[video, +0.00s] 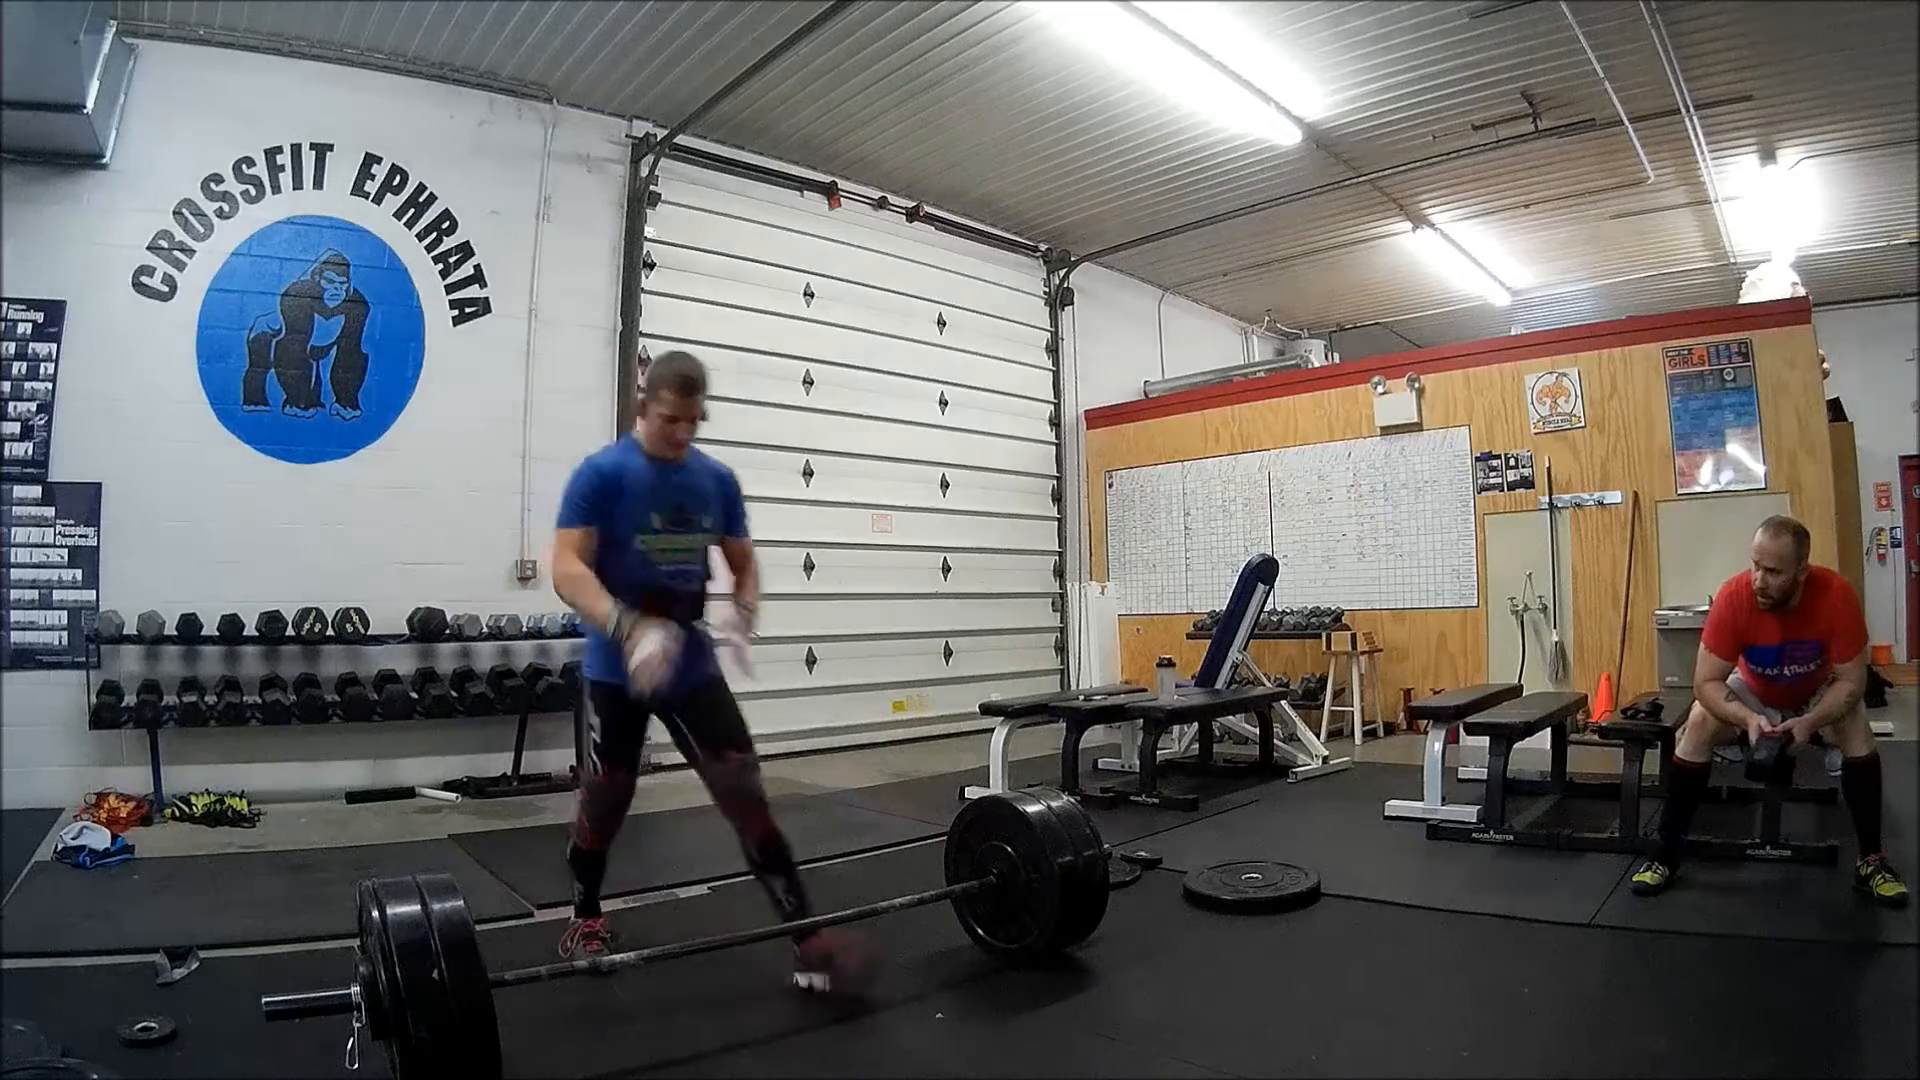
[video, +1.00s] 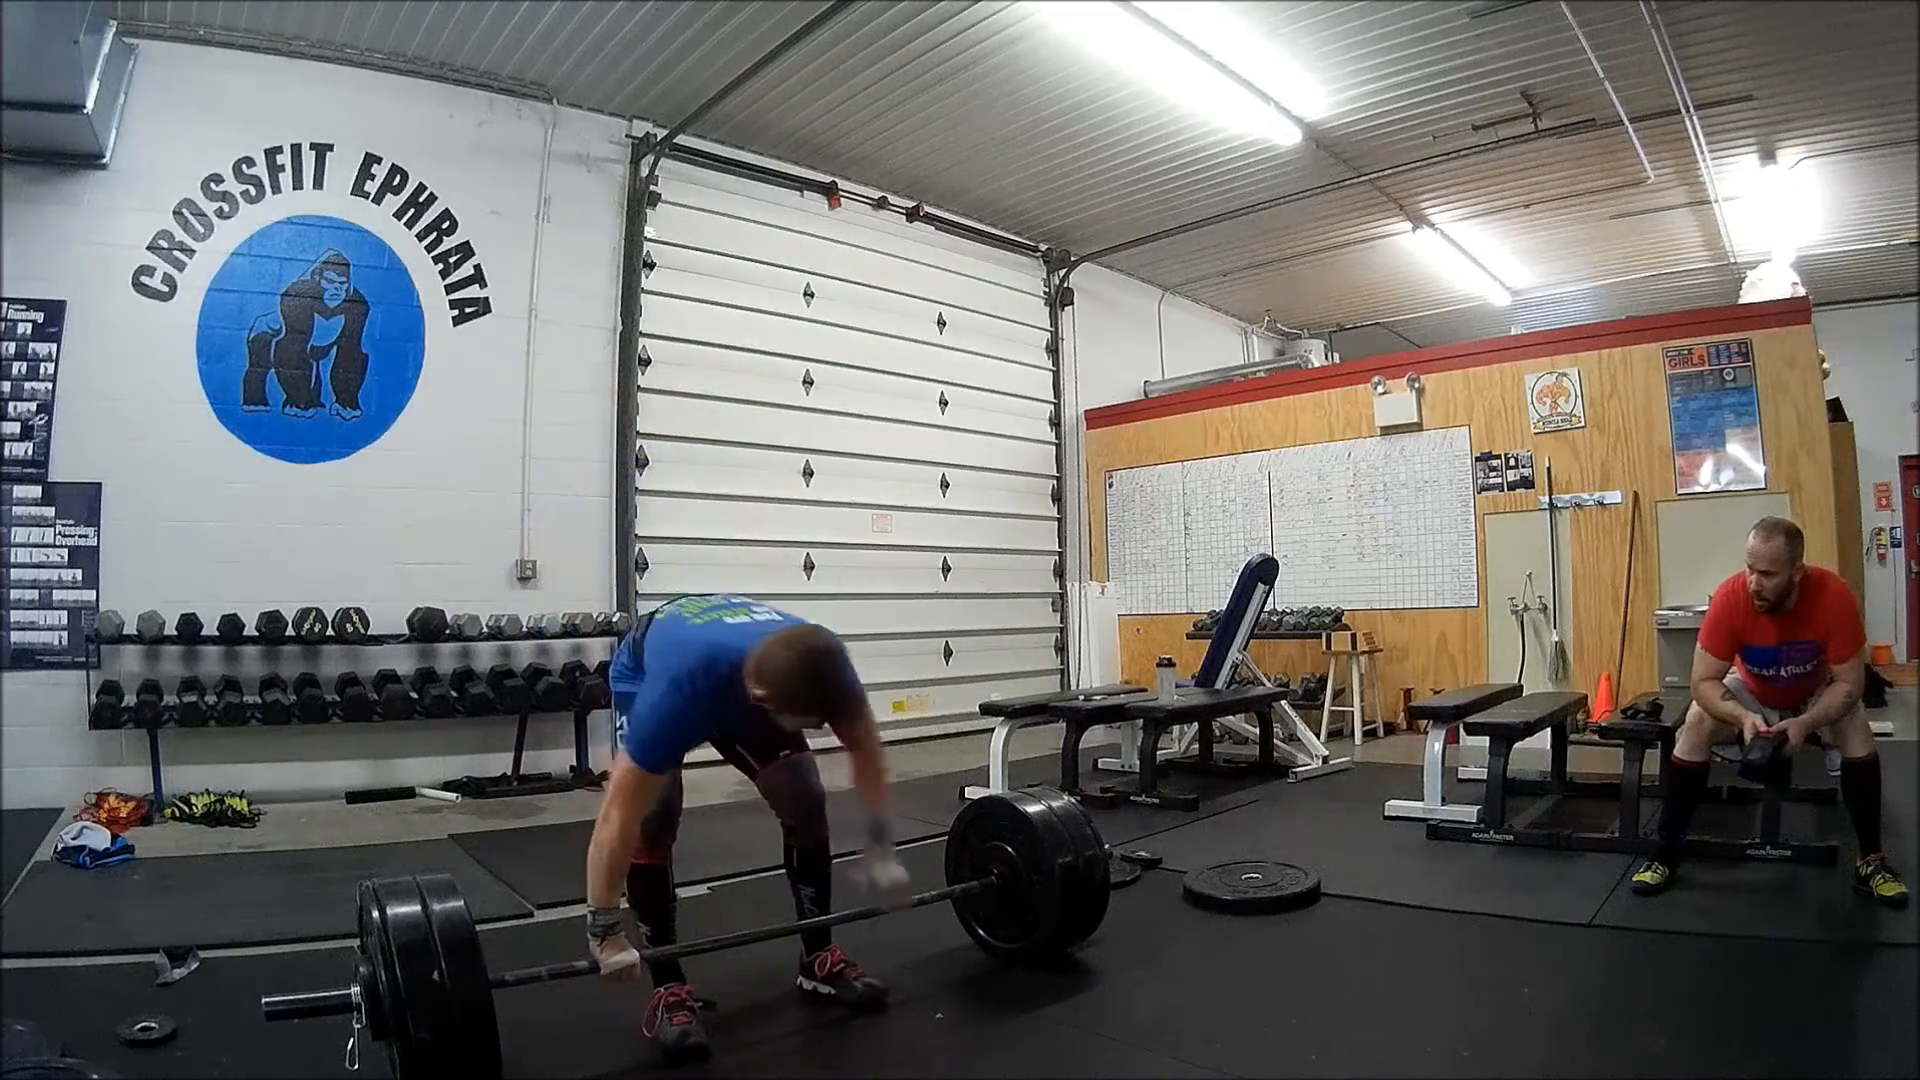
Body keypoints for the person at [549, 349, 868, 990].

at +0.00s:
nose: (683, 433)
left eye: (693, 420)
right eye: (671, 419)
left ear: (703, 416)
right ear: (642, 409)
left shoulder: (714, 481)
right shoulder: (601, 477)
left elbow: (744, 566)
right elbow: (565, 568)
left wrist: (740, 616)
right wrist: (627, 627)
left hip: (690, 658)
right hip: (616, 664)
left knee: (741, 788)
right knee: (607, 794)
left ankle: (808, 939)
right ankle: (586, 916)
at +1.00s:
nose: (809, 732)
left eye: (818, 723)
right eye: (799, 724)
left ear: (833, 675)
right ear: (761, 697)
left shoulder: (827, 661)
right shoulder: (677, 688)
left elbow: (865, 745)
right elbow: (618, 809)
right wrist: (603, 929)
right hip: (645, 672)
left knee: (806, 801)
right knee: (655, 817)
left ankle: (818, 957)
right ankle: (669, 989)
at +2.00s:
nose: (840, 769)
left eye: (853, 765)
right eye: (837, 760)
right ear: (811, 715)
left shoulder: (868, 697)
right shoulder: (723, 708)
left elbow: (904, 787)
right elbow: (645, 818)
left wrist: (910, 874)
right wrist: (610, 928)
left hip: (762, 660)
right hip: (669, 677)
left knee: (826, 801)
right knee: (694, 813)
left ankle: (817, 960)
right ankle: (676, 991)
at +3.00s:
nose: (820, 798)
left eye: (837, 796)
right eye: (814, 787)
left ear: (876, 750)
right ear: (789, 736)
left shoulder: (871, 729)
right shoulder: (701, 715)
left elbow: (898, 797)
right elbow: (625, 824)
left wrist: (907, 877)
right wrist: (603, 934)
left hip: (768, 643)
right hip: (667, 664)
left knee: (827, 809)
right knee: (669, 826)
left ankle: (814, 959)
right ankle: (676, 991)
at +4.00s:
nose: (817, 779)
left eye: (833, 774)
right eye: (815, 767)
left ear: (868, 733)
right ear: (790, 723)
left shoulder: (863, 718)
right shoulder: (700, 705)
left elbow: (899, 793)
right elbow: (631, 816)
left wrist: (909, 877)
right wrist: (603, 930)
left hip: (762, 659)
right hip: (662, 674)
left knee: (824, 803)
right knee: (675, 813)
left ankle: (816, 958)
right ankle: (673, 991)